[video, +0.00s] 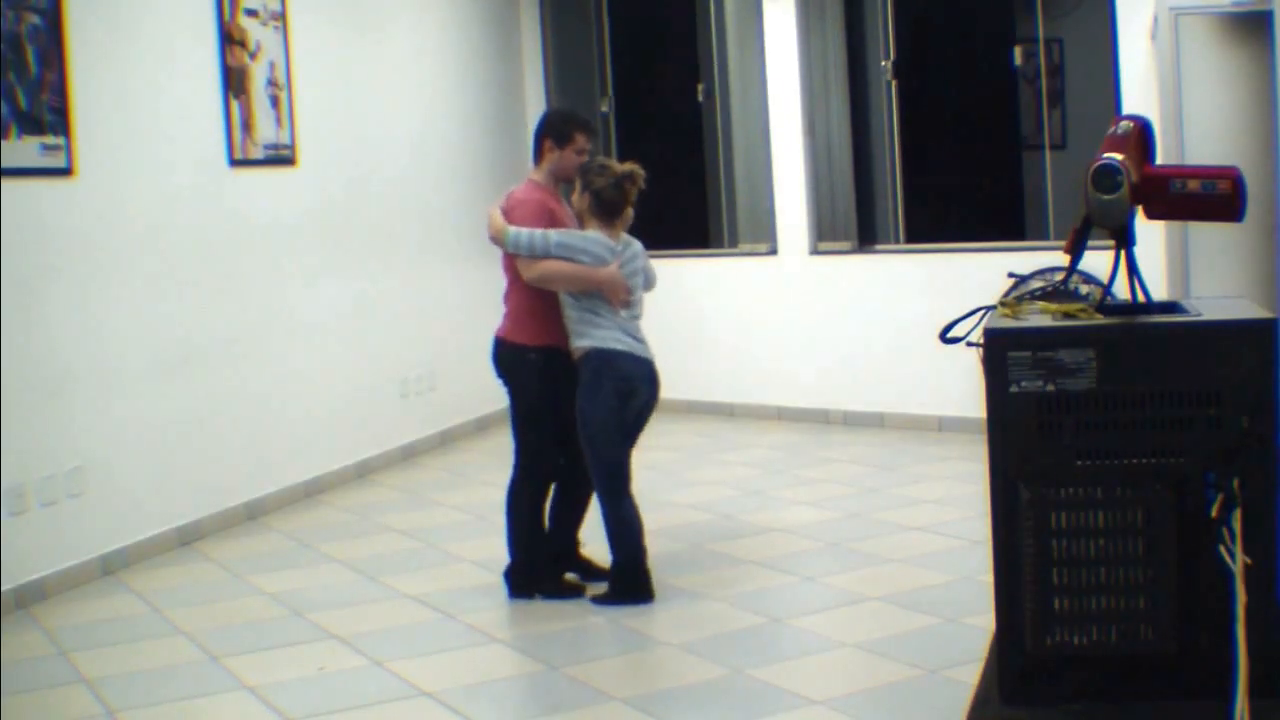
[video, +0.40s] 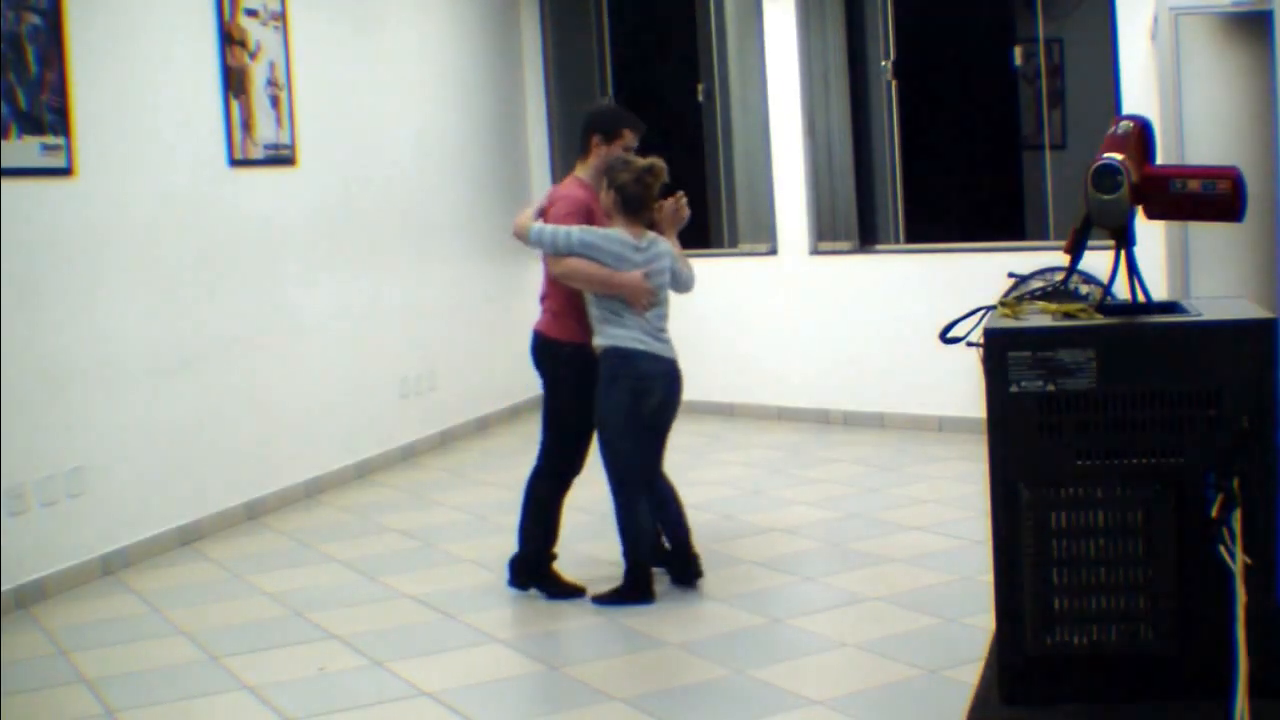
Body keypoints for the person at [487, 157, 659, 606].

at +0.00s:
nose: (573, 197)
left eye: (576, 192)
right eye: (574, 190)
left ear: (581, 202)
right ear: (628, 211)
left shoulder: (580, 245)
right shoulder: (633, 254)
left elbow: (501, 235)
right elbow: (651, 281)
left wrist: (495, 207)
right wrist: (622, 246)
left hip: (603, 369)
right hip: (643, 374)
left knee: (609, 481)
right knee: (611, 478)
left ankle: (632, 581)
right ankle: (632, 574)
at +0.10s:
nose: (575, 200)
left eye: (578, 194)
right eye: (577, 193)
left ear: (583, 203)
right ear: (626, 208)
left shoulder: (580, 247)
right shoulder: (636, 255)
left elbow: (502, 241)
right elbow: (655, 292)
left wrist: (502, 213)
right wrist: (631, 241)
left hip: (604, 370)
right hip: (645, 377)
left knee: (611, 481)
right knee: (609, 476)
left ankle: (631, 582)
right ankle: (631, 575)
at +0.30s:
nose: (614, 162)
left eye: (617, 153)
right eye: (608, 152)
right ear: (581, 149)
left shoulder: (591, 205)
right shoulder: (557, 203)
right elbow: (552, 269)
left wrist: (648, 234)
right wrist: (618, 284)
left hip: (592, 346)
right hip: (555, 348)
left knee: (616, 462)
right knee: (558, 463)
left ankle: (639, 556)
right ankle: (529, 566)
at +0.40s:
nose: (627, 159)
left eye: (631, 150)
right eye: (623, 148)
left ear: (603, 149)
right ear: (596, 145)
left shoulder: (608, 199)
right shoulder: (569, 200)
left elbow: (633, 256)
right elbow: (562, 267)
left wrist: (664, 232)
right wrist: (624, 284)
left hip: (606, 343)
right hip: (567, 345)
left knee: (629, 458)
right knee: (561, 460)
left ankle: (652, 543)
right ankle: (532, 560)